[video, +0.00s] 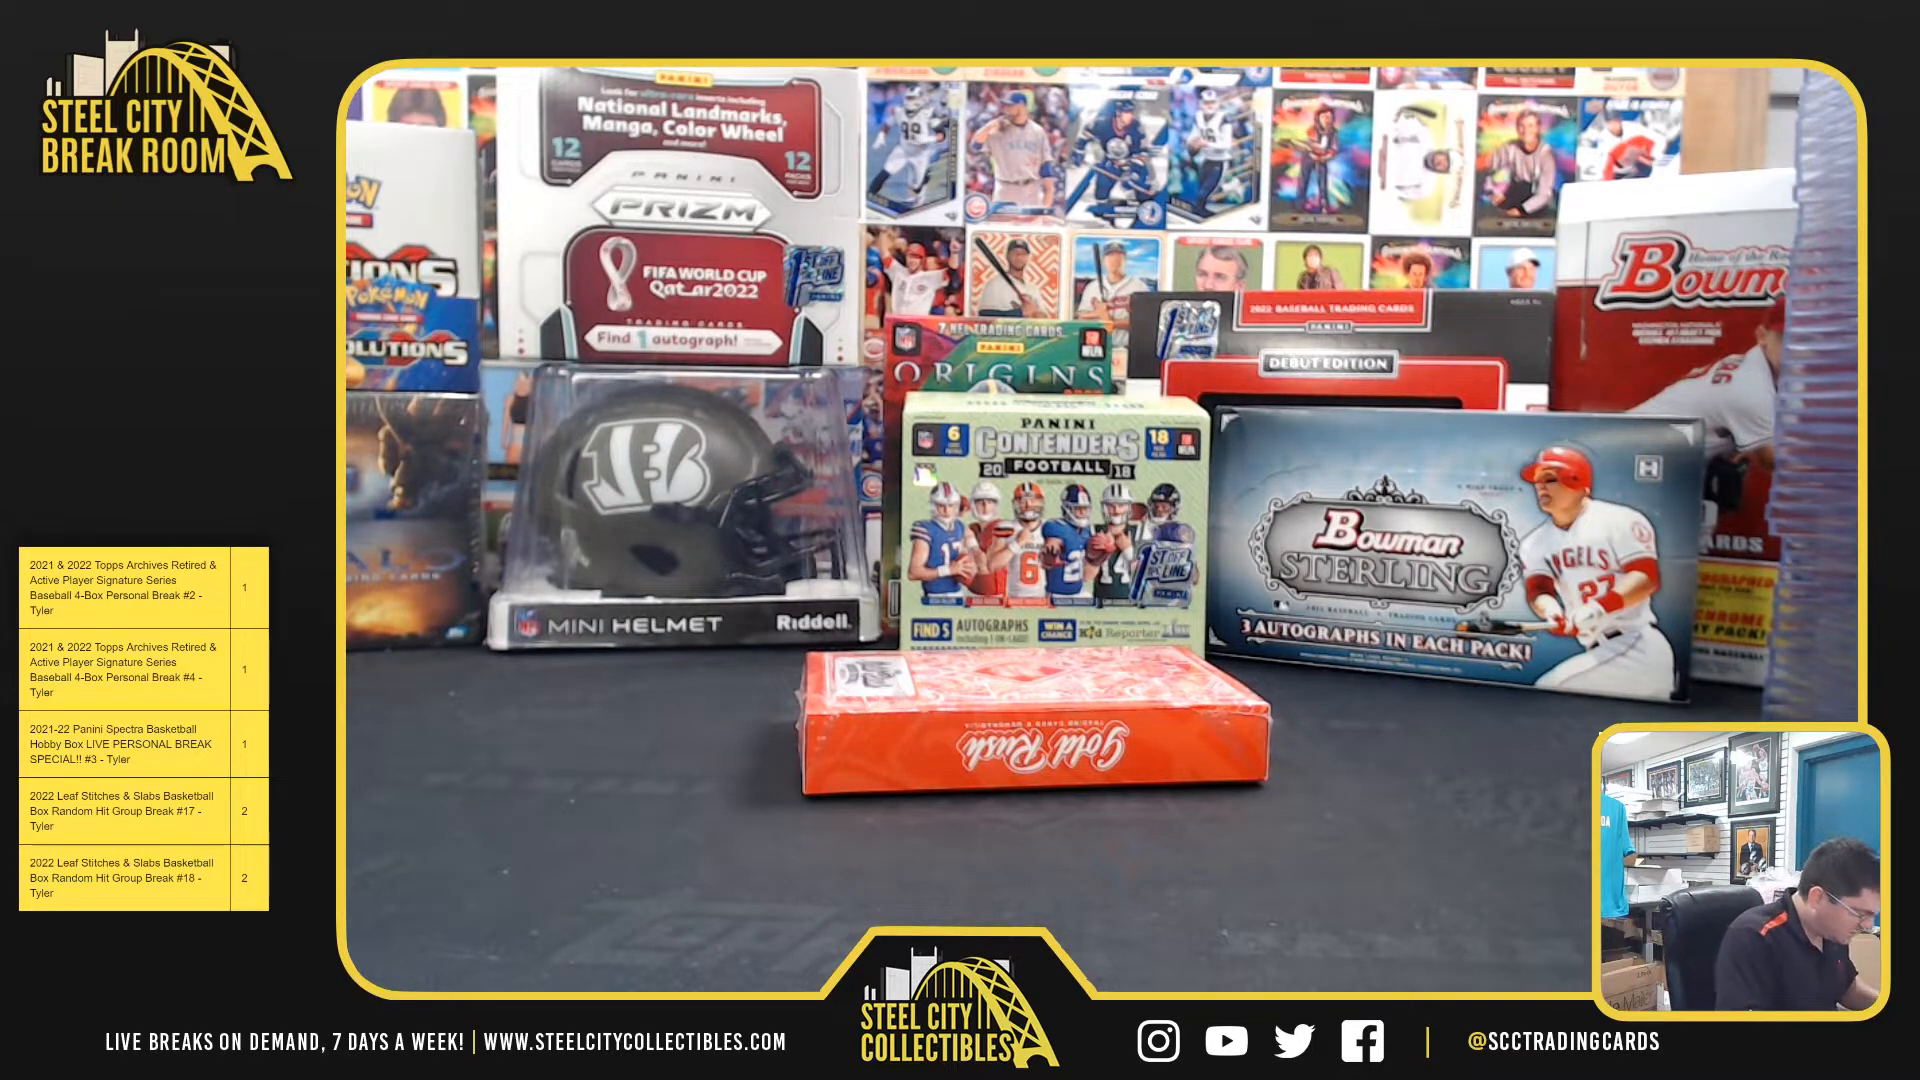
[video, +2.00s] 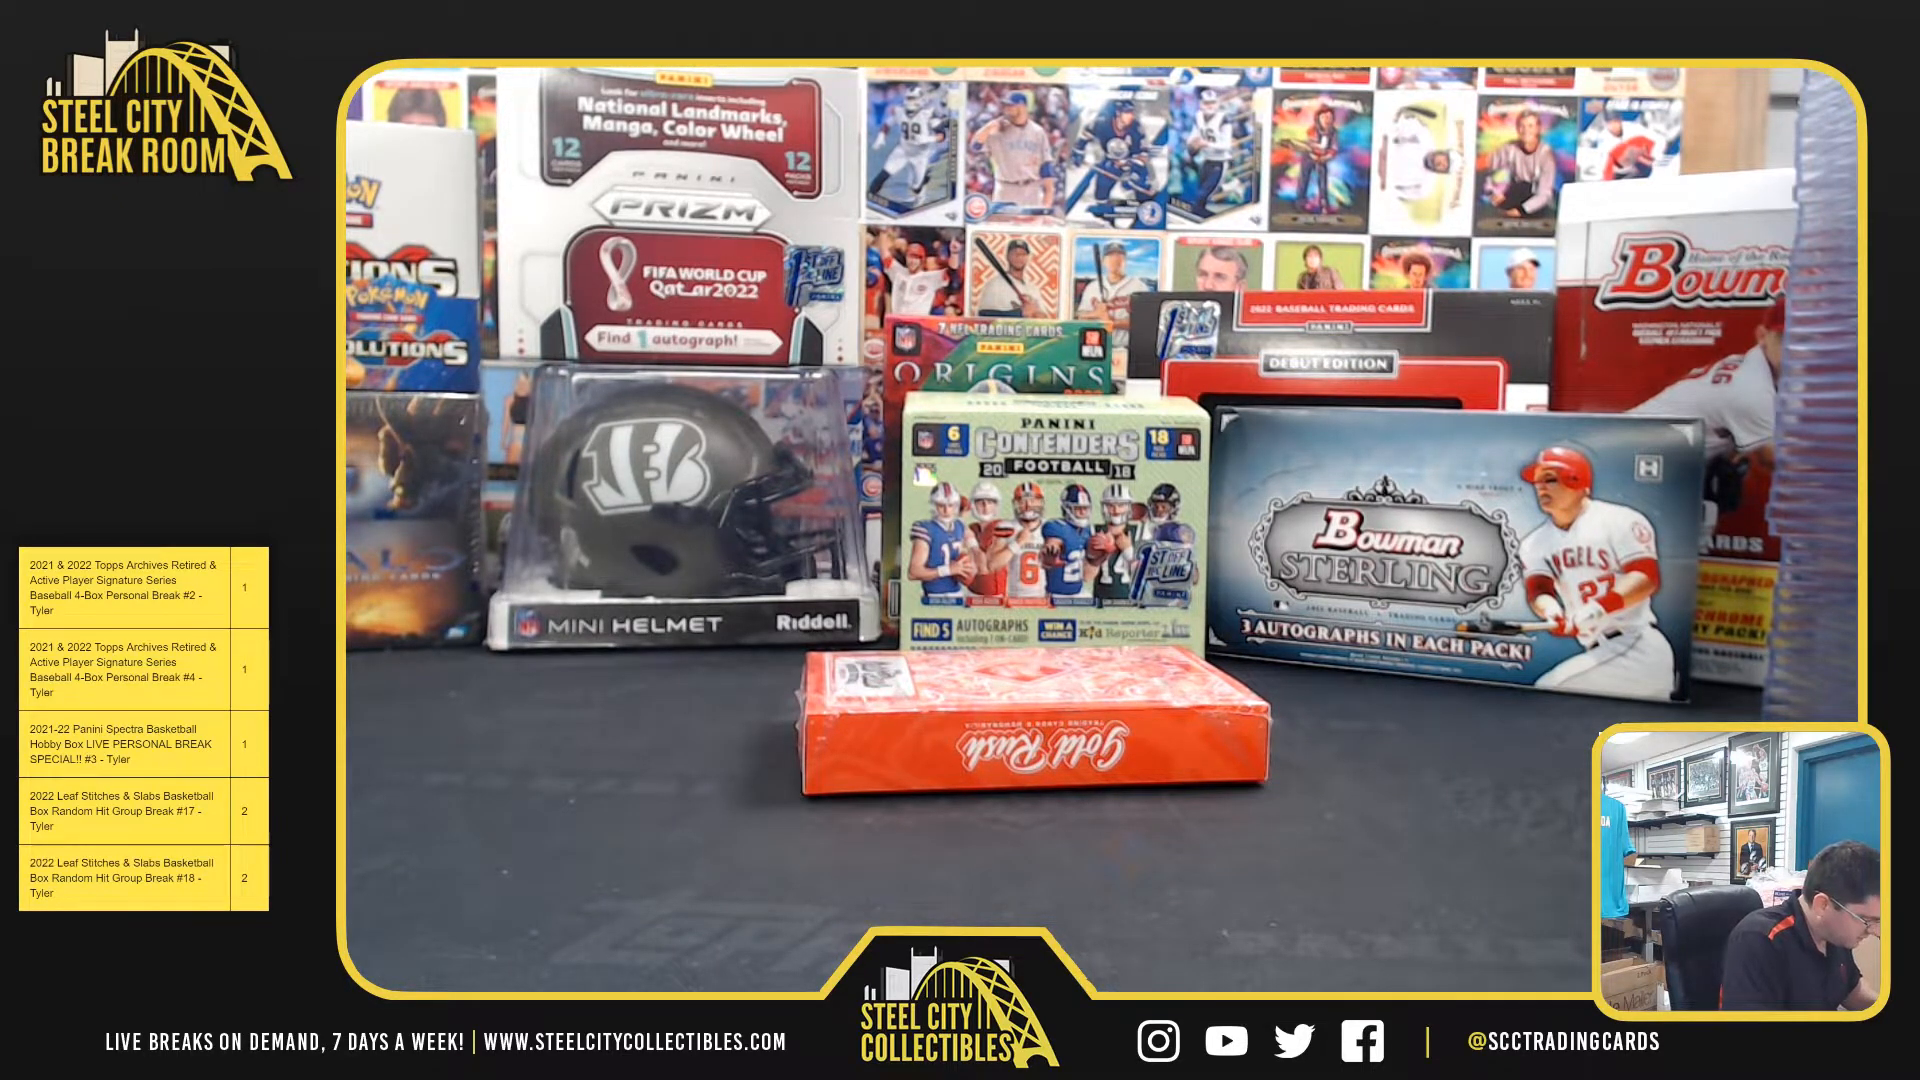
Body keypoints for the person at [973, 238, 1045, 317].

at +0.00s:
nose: (1019, 257)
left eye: (1023, 254)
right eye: (1016, 253)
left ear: (1028, 258)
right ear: (1008, 256)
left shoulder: (1033, 289)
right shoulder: (995, 284)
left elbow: (1045, 317)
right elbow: (985, 315)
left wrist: (1033, 310)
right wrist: (1020, 313)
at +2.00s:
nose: (1019, 257)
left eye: (1023, 254)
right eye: (1015, 254)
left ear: (1028, 258)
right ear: (1008, 256)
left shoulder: (1033, 288)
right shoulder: (995, 285)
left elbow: (1044, 317)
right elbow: (985, 315)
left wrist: (1033, 310)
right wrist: (1020, 313)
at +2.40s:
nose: (1019, 258)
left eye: (1023, 254)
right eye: (1015, 254)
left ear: (1028, 258)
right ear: (1008, 256)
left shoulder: (1033, 288)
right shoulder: (995, 284)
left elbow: (1044, 317)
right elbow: (985, 314)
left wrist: (1033, 310)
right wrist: (1020, 313)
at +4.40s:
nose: (1020, 258)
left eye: (1023, 254)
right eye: (1016, 254)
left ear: (1028, 257)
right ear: (1008, 256)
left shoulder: (1032, 288)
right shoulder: (995, 284)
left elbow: (1045, 316)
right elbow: (985, 315)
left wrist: (1034, 311)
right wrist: (1021, 312)